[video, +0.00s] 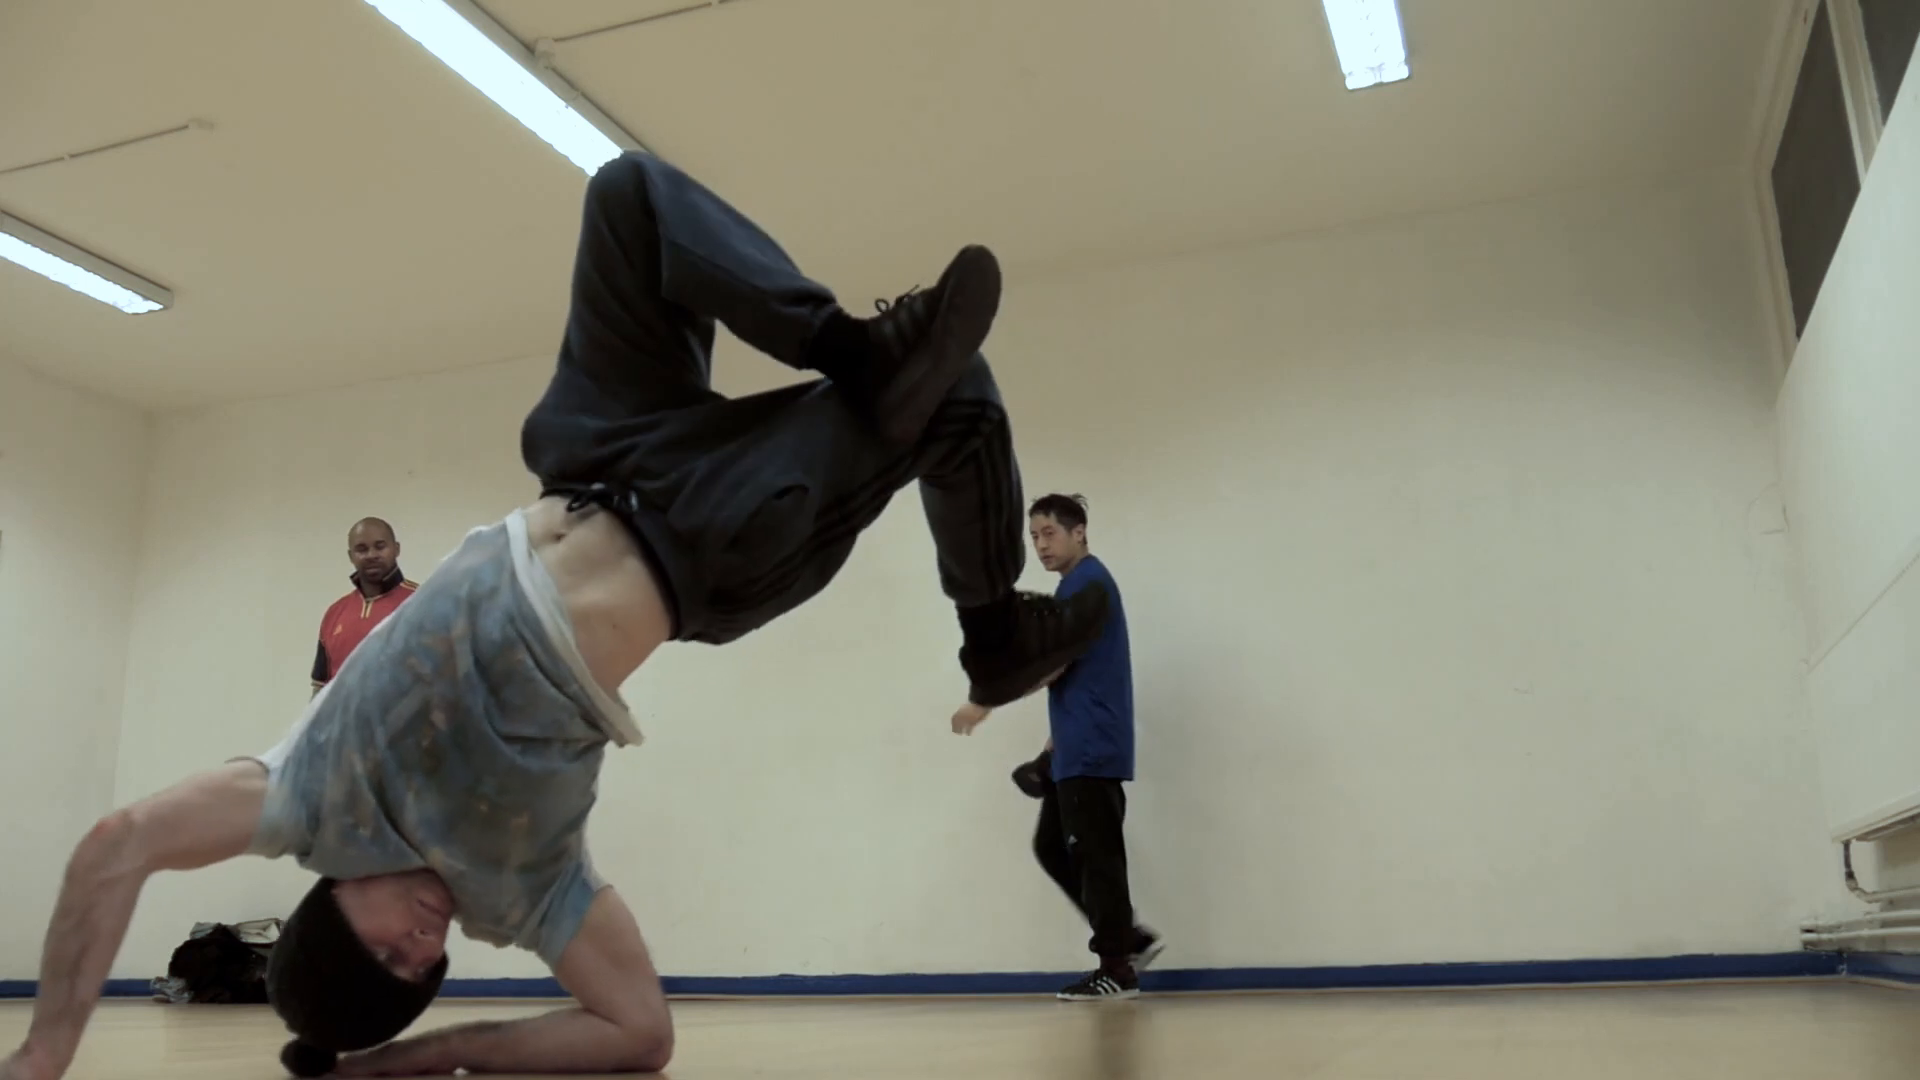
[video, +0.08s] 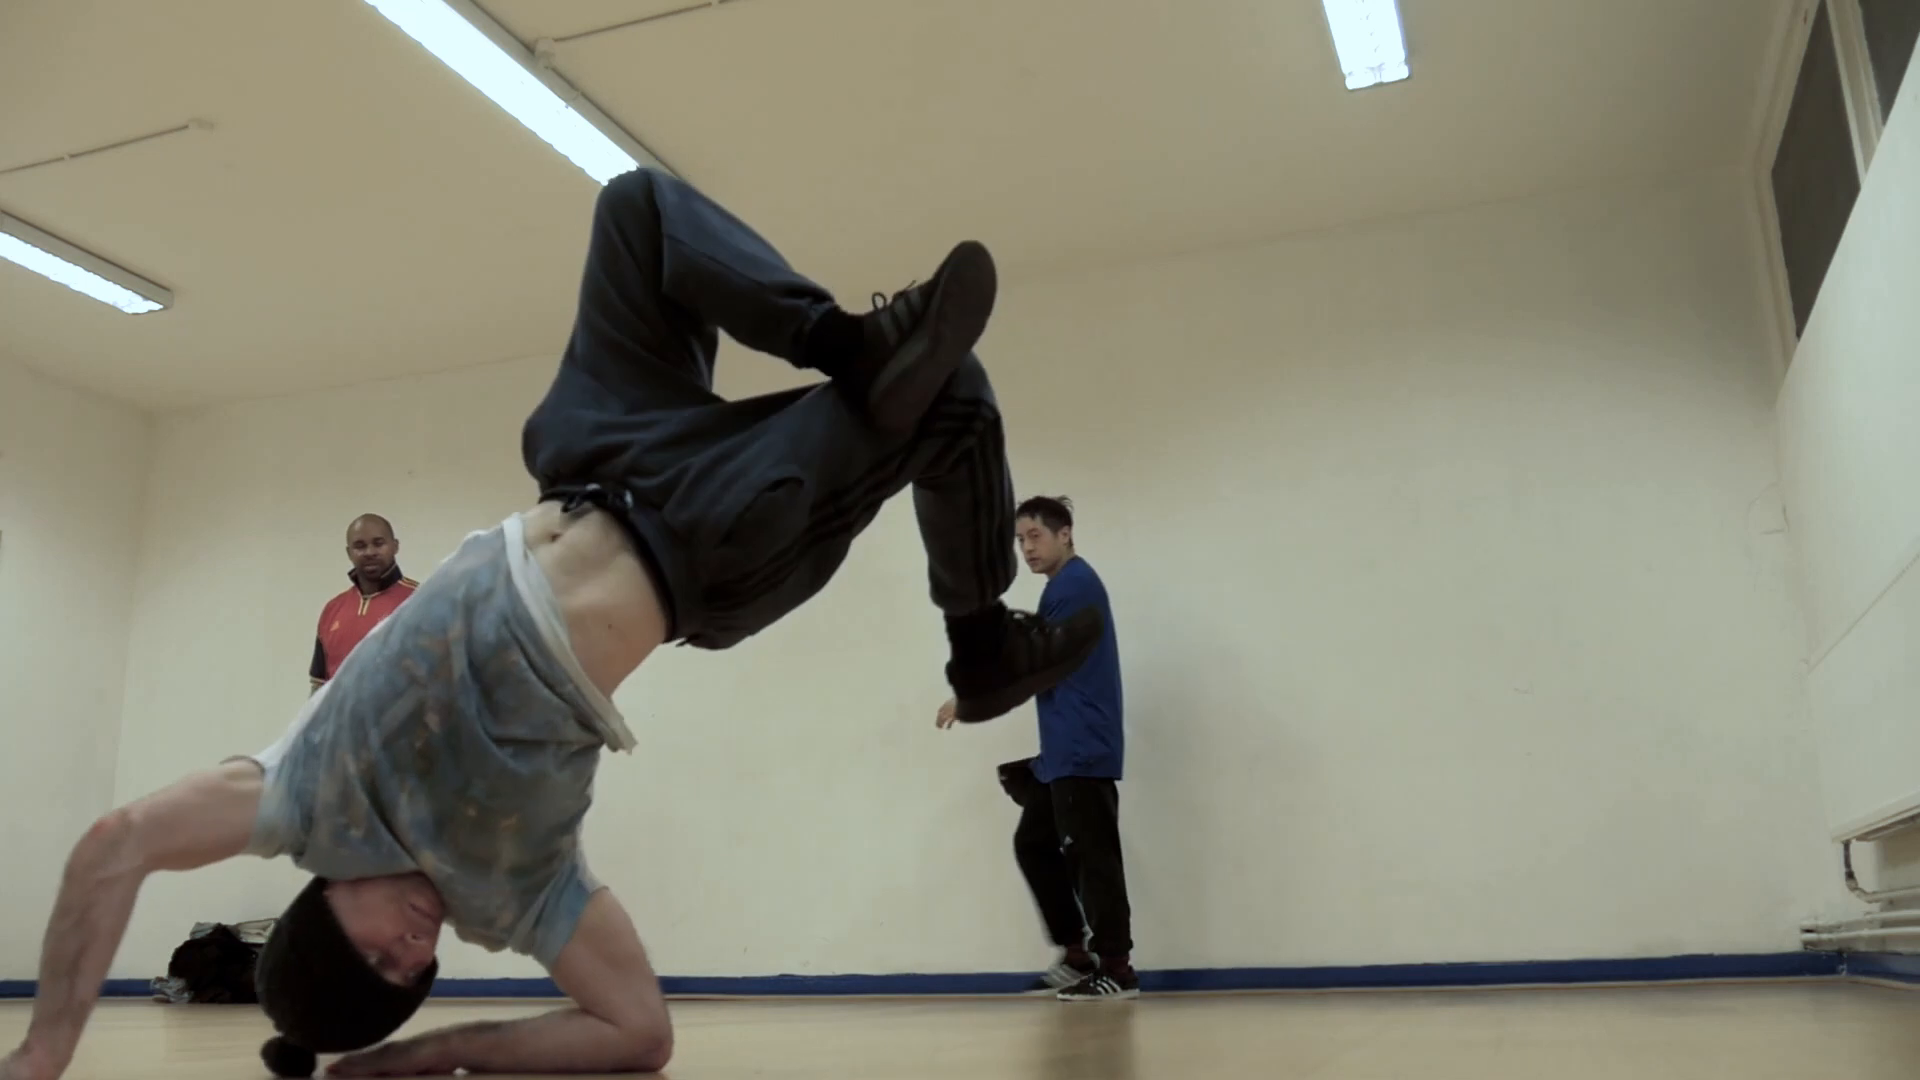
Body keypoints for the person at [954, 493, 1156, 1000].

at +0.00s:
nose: (1039, 544)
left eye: (1048, 533)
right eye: (1035, 536)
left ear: (1078, 533)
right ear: (1038, 539)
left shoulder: (1087, 583)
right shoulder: (1077, 585)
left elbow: (1049, 662)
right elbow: (1085, 689)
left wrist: (983, 702)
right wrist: (1054, 751)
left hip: (1092, 747)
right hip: (1075, 749)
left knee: (1099, 857)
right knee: (1051, 846)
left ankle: (1117, 969)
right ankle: (1126, 934)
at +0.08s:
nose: (1026, 547)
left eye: (1035, 536)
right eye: (1021, 539)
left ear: (1064, 535)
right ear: (1023, 543)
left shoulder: (1076, 587)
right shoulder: (1061, 589)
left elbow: (1042, 671)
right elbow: (1064, 686)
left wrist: (968, 706)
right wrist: (1044, 761)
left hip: (1086, 751)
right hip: (1063, 751)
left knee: (1093, 855)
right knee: (1034, 844)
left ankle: (1115, 969)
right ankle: (1078, 956)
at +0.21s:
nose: (1006, 555)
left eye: (1011, 543)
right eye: (1003, 545)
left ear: (1040, 539)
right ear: (1031, 542)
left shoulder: (1055, 590)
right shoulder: (1040, 592)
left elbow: (1026, 676)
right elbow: (1048, 695)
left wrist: (957, 714)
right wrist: (1029, 770)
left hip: (1068, 759)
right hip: (1046, 761)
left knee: (1087, 864)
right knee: (1018, 862)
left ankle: (1115, 970)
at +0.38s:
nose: (959, 560)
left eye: (963, 552)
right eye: (958, 553)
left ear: (987, 547)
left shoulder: (1021, 589)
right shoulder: (984, 600)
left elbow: (1018, 671)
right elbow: (1002, 669)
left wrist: (996, 734)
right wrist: (989, 729)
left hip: (1036, 757)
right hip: (1004, 758)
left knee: (1054, 860)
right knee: (990, 862)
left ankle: (1111, 963)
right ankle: (989, 969)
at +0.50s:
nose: (954, 560)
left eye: (960, 551)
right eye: (952, 553)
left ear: (986, 546)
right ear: (957, 558)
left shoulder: (1008, 593)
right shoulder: (964, 605)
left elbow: (1019, 664)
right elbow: (985, 671)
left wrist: (1029, 724)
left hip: (1012, 751)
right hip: (977, 754)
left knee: (1008, 851)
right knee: (974, 860)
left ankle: (1091, 947)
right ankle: (987, 969)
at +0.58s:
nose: (950, 562)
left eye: (956, 554)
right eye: (947, 556)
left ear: (981, 549)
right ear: (946, 561)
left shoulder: (1002, 591)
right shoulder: (951, 607)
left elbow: (1031, 655)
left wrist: (1044, 722)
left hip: (1003, 742)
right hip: (965, 746)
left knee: (984, 846)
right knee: (965, 855)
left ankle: (1070, 935)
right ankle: (986, 968)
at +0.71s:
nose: (950, 562)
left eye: (959, 554)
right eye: (943, 557)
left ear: (978, 552)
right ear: (935, 563)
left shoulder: (997, 595)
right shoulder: (937, 614)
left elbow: (1031, 658)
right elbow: (925, 691)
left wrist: (1050, 726)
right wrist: (916, 759)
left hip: (994, 751)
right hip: (950, 756)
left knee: (969, 843)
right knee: (954, 856)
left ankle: (1025, 950)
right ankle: (986, 966)